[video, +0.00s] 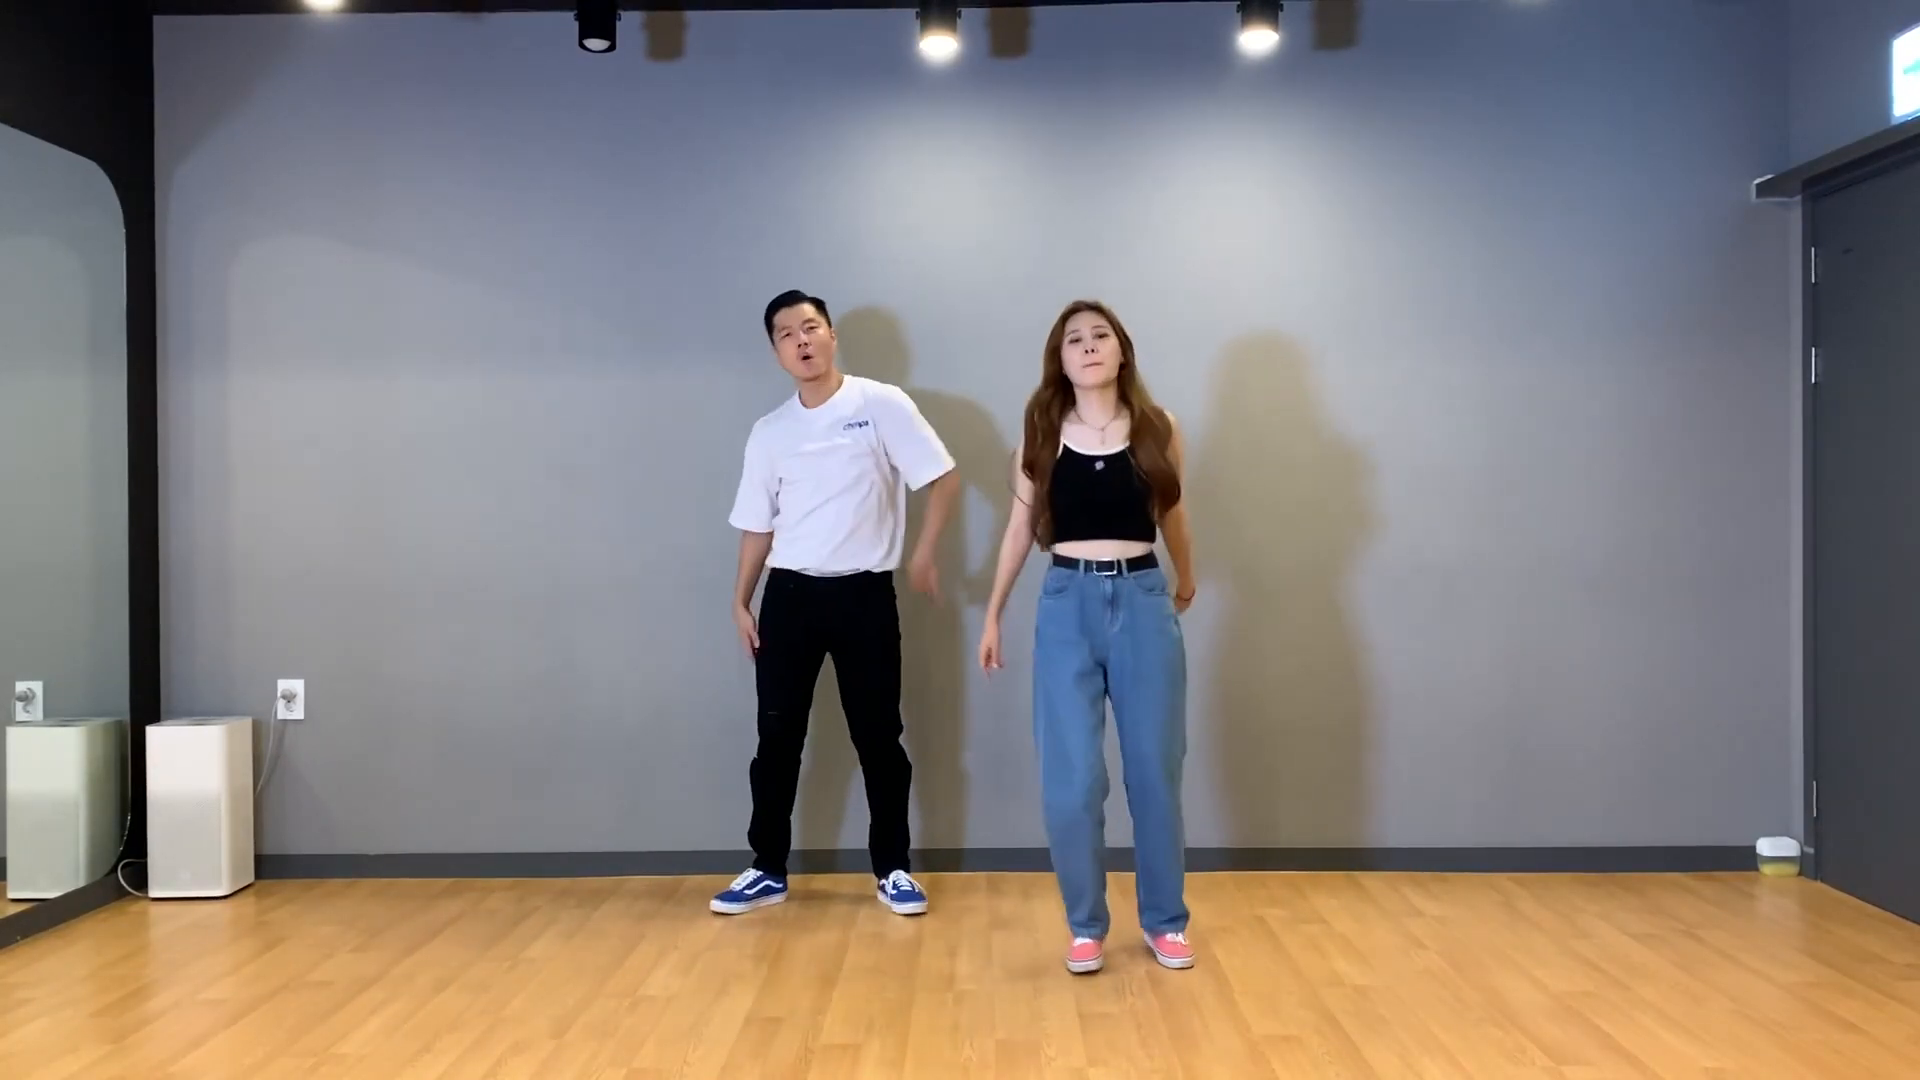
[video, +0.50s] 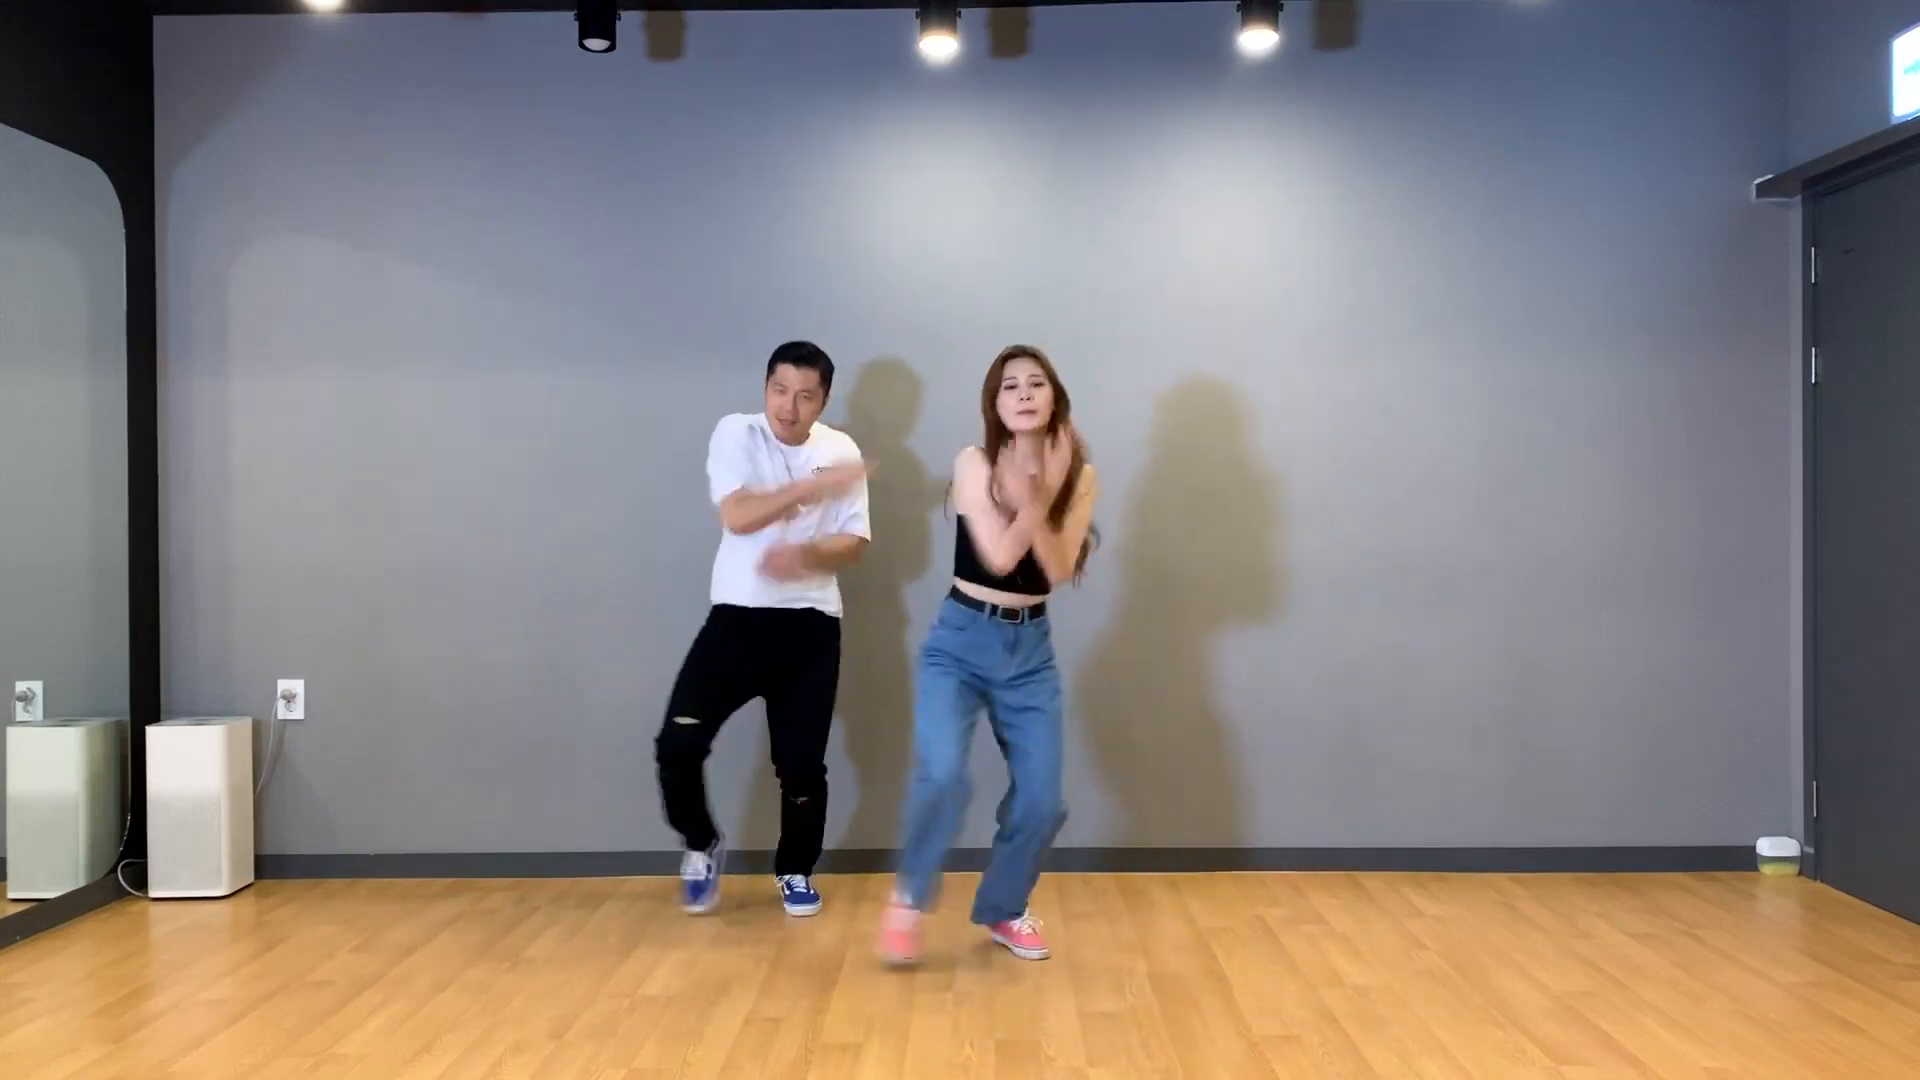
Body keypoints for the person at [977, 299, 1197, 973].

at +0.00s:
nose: (1088, 348)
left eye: (1099, 336)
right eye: (1074, 341)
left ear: (1122, 350)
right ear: (1059, 359)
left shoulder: (1156, 428)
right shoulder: (1042, 434)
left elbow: (1172, 512)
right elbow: (1019, 528)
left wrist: (1186, 578)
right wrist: (993, 613)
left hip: (1145, 604)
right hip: (1065, 606)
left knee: (1154, 770)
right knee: (1072, 777)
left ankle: (1165, 921)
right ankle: (1085, 924)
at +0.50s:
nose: (1022, 395)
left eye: (1034, 385)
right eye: (1010, 387)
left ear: (1055, 397)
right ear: (993, 401)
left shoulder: (1076, 475)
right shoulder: (975, 464)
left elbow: (1061, 570)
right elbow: (998, 556)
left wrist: (1035, 501)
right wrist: (1046, 490)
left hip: (1029, 646)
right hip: (959, 639)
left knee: (1043, 801)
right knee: (942, 774)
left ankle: (1002, 910)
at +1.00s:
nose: (936, 388)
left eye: (948, 378)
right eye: (925, 377)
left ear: (966, 390)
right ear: (906, 386)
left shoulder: (983, 442)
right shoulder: (887, 439)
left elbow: (1028, 345)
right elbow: (827, 351)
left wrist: (1048, 254)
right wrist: (801, 262)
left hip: (962, 629)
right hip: (887, 624)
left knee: (993, 787)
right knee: (845, 776)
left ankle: (1020, 911)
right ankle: (789, 915)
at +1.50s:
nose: (976, 409)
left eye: (989, 397)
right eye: (963, 398)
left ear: (1010, 405)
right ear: (947, 408)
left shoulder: (1037, 469)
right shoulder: (932, 482)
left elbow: (1014, 559)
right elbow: (950, 577)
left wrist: (988, 483)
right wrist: (903, 529)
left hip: (1024, 639)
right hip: (956, 636)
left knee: (1018, 801)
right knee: (899, 775)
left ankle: (1028, 915)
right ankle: (852, 901)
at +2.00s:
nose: (1080, 402)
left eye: (1094, 390)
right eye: (1068, 390)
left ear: (1113, 400)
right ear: (1049, 400)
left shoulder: (1147, 459)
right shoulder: (1030, 480)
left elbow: (1209, 540)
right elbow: (976, 568)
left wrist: (1296, 565)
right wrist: (885, 581)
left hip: (1155, 641)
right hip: (1077, 646)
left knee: (1174, 793)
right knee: (1072, 806)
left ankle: (1106, 865)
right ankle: (1102, 941)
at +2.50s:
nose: (1191, 385)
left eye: (1196, 368)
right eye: (1174, 381)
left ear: (1217, 368)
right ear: (1161, 396)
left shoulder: (1257, 439)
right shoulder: (1158, 450)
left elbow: (1254, 550)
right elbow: (1134, 553)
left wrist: (1236, 639)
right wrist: (1113, 639)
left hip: (1226, 612)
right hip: (1153, 613)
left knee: (1282, 781)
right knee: (1137, 781)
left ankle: (1355, 928)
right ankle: (1124, 935)